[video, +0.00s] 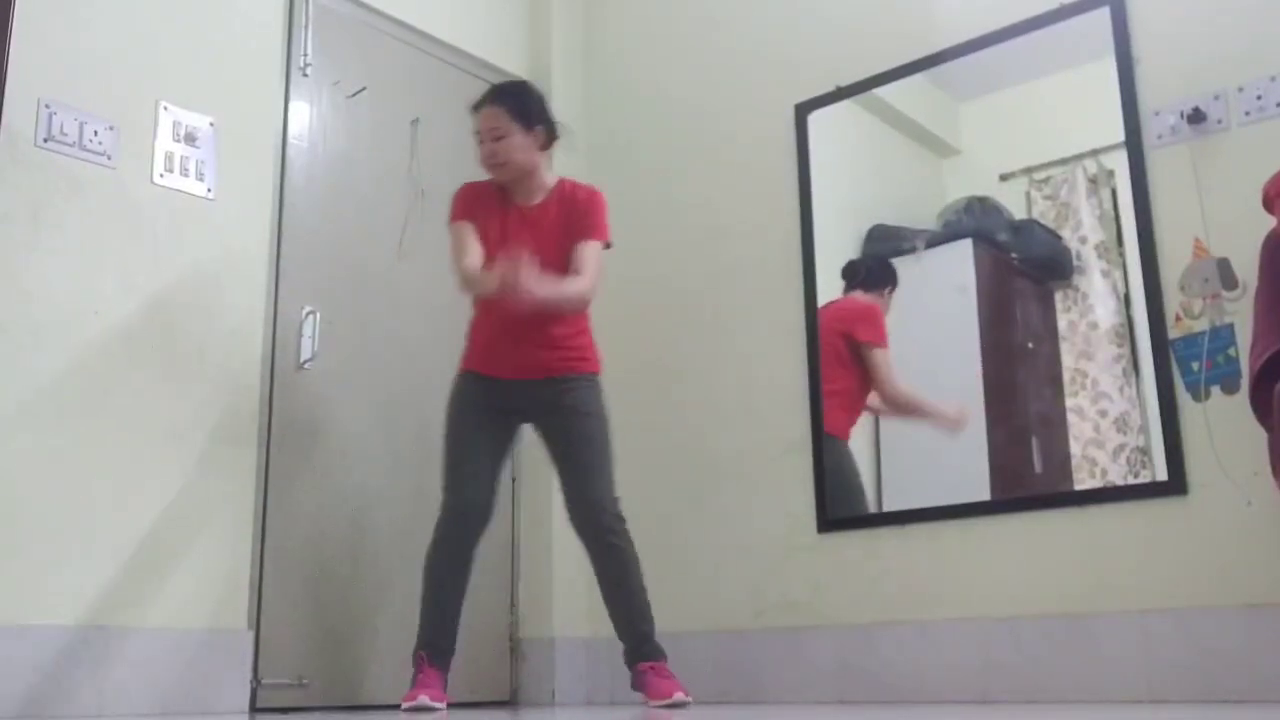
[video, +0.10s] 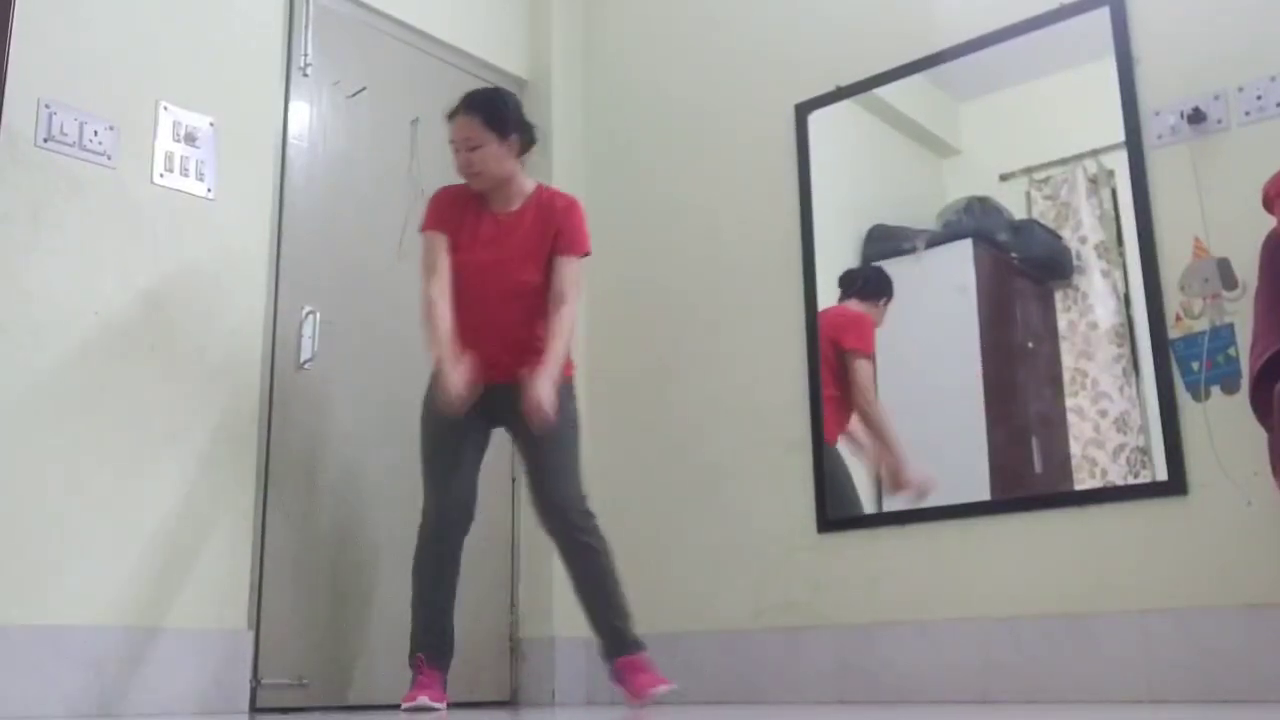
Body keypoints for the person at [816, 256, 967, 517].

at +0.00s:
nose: (888, 308)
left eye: (891, 300)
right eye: (891, 299)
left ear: (852, 285)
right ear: (886, 291)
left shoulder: (825, 313)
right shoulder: (866, 310)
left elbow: (866, 400)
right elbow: (889, 393)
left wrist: (929, 415)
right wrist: (943, 414)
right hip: (826, 440)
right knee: (857, 531)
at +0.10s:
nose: (881, 320)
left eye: (885, 311)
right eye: (885, 310)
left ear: (848, 293)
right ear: (881, 302)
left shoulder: (821, 319)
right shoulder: (856, 320)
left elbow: (837, 411)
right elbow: (864, 399)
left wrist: (876, 459)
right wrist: (897, 464)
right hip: (818, 445)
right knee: (854, 529)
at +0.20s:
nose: (879, 327)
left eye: (883, 317)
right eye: (883, 316)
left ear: (846, 298)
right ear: (879, 307)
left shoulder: (820, 323)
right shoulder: (849, 325)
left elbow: (832, 403)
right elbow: (836, 401)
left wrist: (834, 474)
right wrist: (835, 473)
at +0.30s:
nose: (880, 328)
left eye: (884, 319)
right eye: (884, 318)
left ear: (848, 298)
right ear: (879, 310)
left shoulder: (823, 322)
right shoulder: (846, 325)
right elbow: (811, 375)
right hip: (807, 449)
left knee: (840, 520)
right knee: (842, 521)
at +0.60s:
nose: (880, 315)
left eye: (882, 306)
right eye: (880, 305)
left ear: (840, 297)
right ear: (865, 300)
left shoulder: (825, 325)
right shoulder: (837, 328)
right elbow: (800, 354)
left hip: (810, 458)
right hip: (805, 461)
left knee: (843, 526)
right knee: (844, 527)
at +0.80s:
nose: (871, 303)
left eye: (871, 294)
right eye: (868, 292)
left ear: (845, 291)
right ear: (845, 291)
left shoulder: (822, 324)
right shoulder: (824, 324)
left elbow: (828, 414)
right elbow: (827, 403)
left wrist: (880, 430)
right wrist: (881, 430)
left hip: (812, 453)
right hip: (809, 454)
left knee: (863, 520)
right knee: (865, 519)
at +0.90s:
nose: (871, 290)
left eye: (870, 280)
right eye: (866, 279)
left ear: (843, 281)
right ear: (843, 280)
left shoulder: (824, 311)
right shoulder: (827, 309)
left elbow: (855, 399)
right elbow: (851, 386)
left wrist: (908, 379)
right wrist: (910, 378)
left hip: (816, 447)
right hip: (812, 449)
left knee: (854, 527)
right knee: (859, 527)